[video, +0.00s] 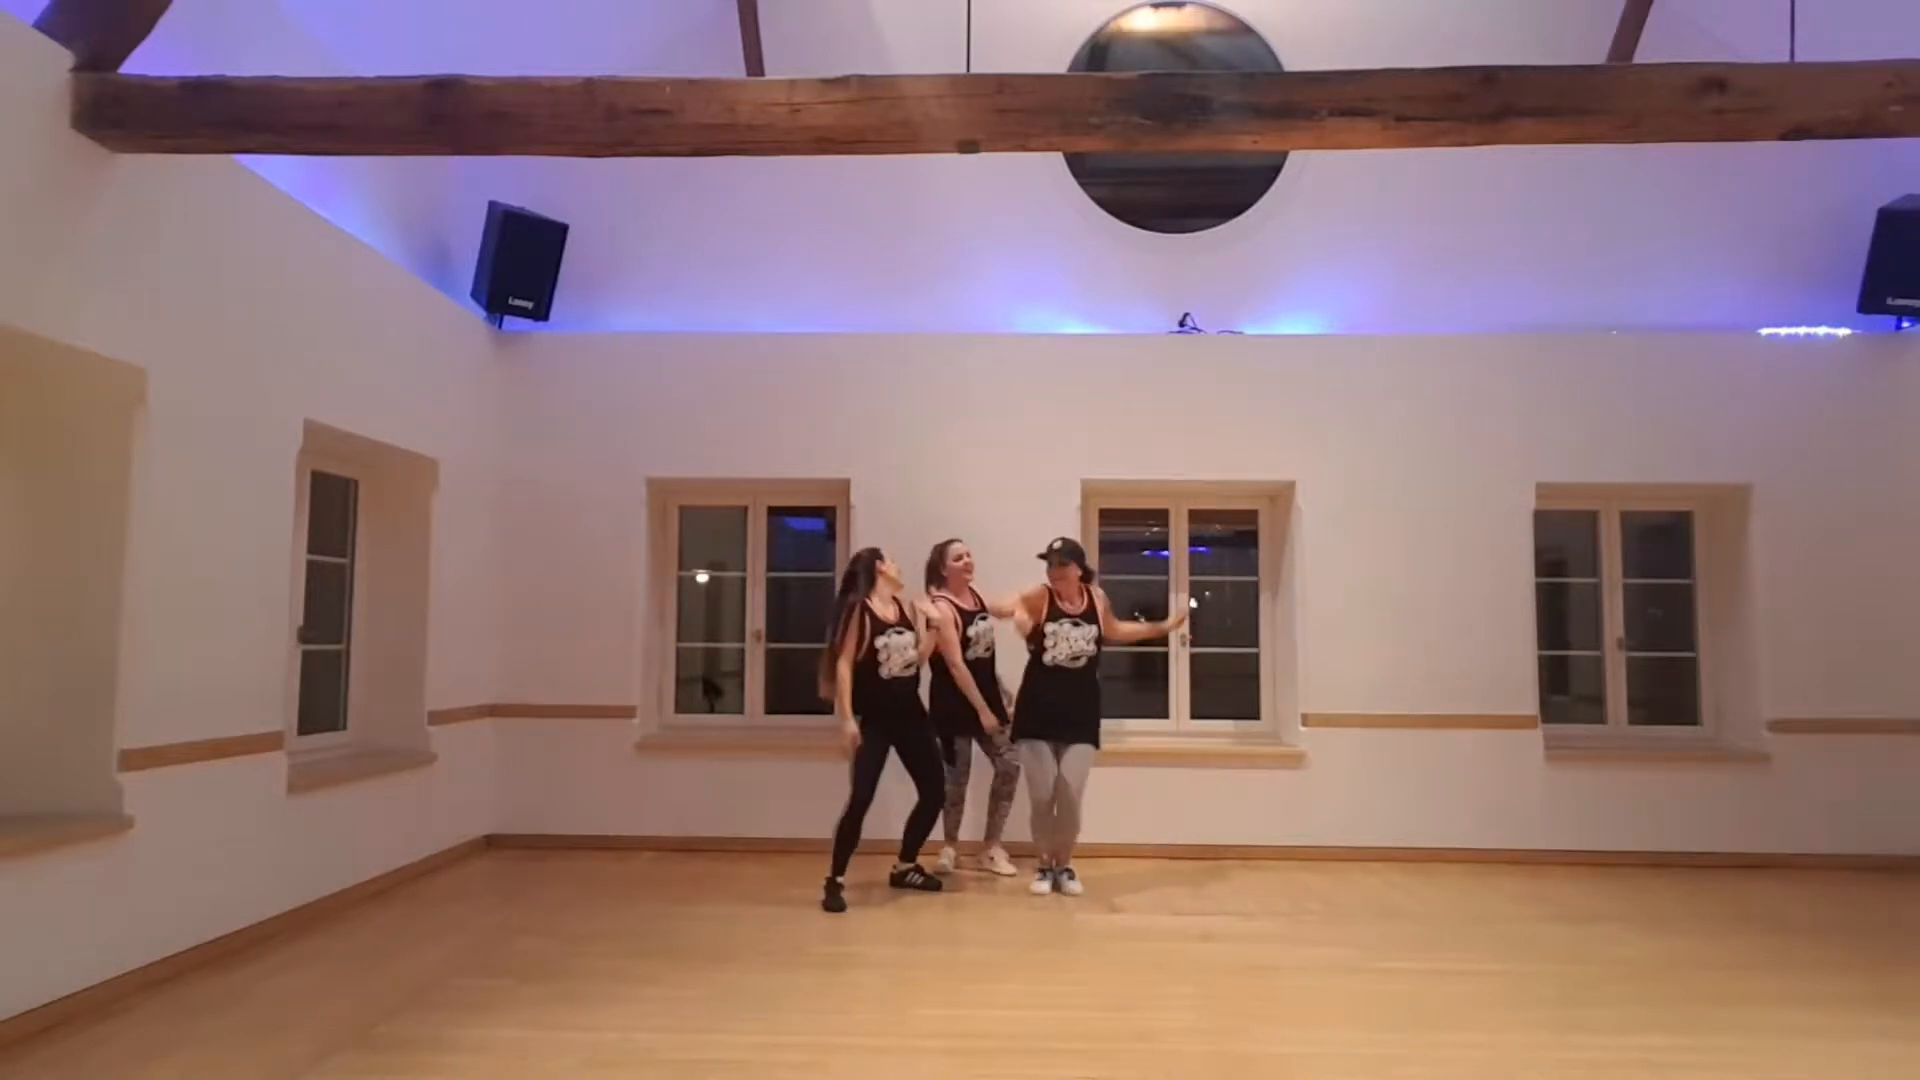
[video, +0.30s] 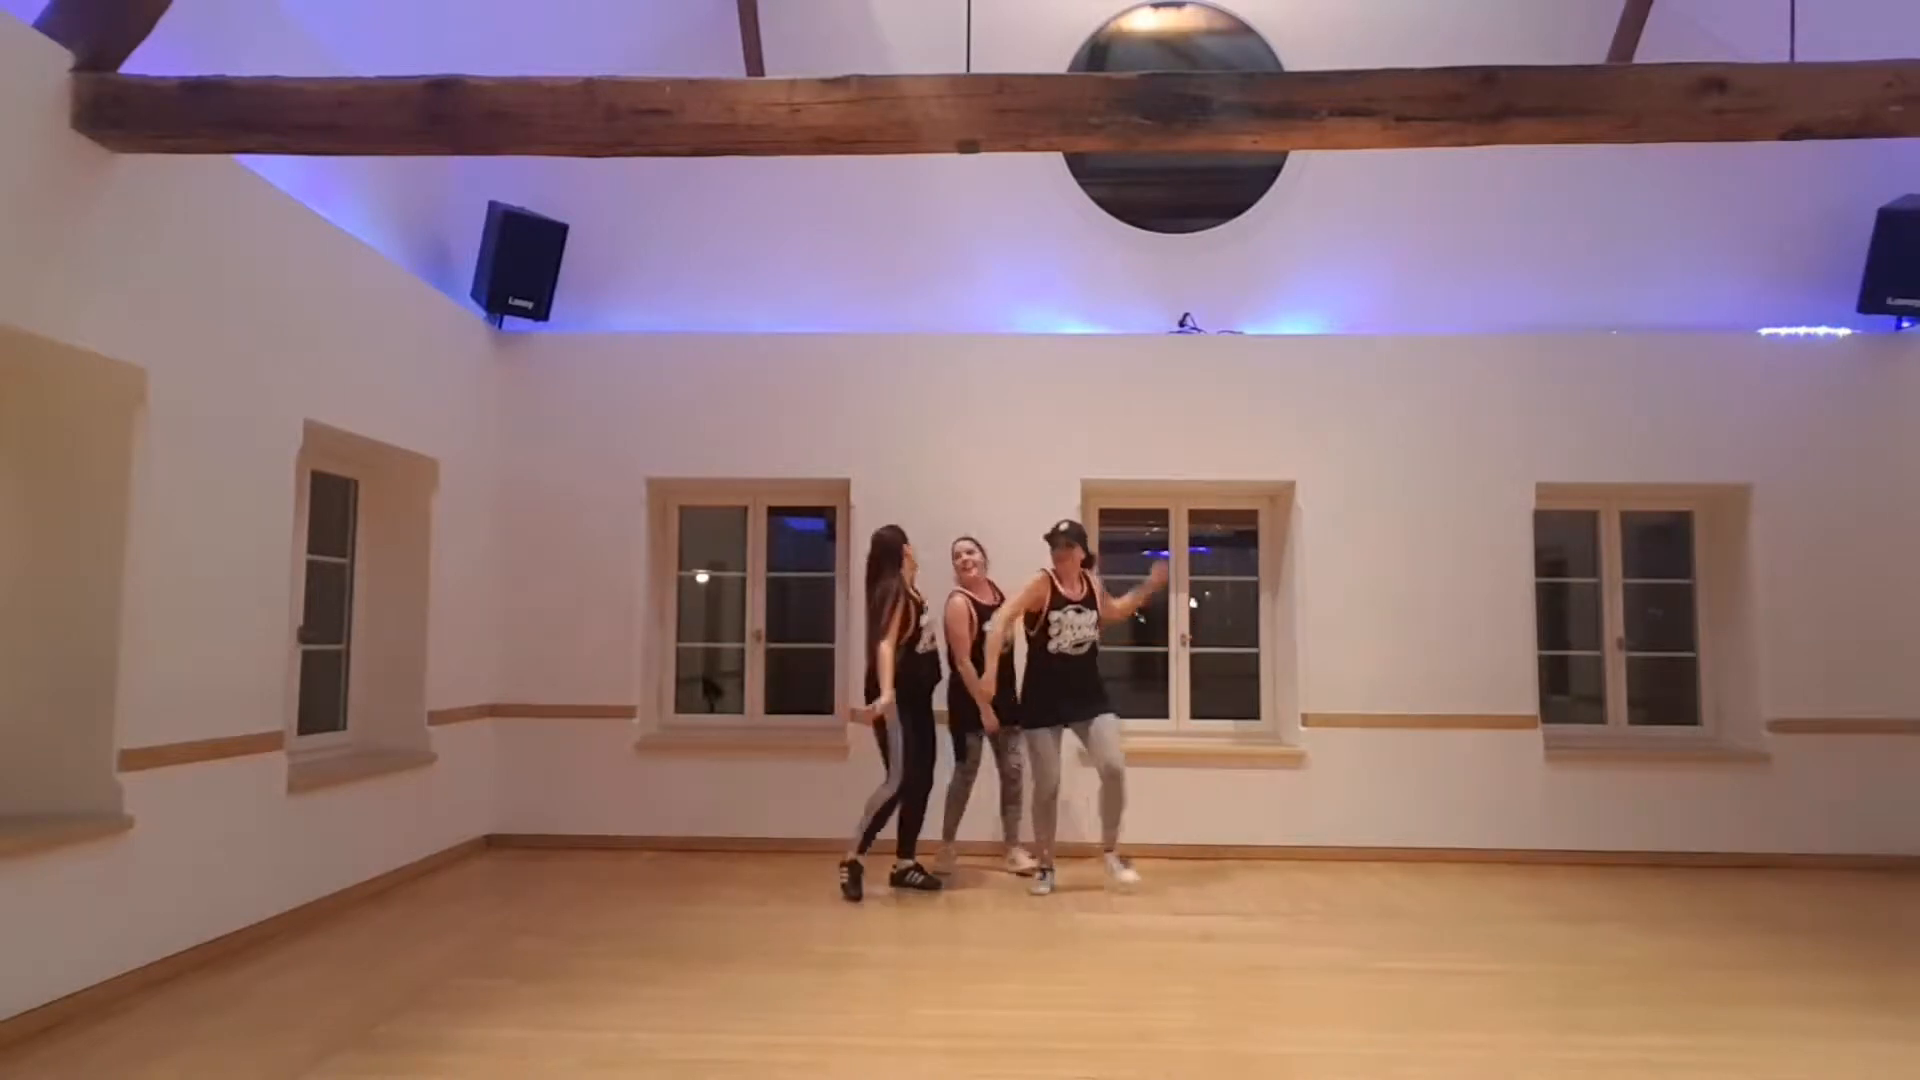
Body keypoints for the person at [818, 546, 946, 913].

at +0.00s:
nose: (896, 565)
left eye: (892, 559)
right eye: (890, 560)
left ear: (882, 570)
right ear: (877, 568)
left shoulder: (903, 607)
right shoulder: (860, 609)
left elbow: (919, 656)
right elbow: (844, 663)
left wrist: (929, 623)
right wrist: (846, 718)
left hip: (911, 714)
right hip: (875, 717)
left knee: (934, 793)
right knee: (860, 800)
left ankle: (906, 866)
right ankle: (835, 880)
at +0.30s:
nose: (914, 549)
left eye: (911, 543)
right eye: (910, 544)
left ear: (892, 553)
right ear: (904, 551)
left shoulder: (910, 591)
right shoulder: (895, 592)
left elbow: (910, 640)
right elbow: (885, 642)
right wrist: (886, 692)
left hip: (918, 694)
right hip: (897, 696)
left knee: (921, 779)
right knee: (899, 778)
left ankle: (905, 863)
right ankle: (853, 859)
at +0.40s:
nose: (917, 551)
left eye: (913, 545)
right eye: (914, 547)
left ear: (885, 553)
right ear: (911, 551)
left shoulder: (889, 587)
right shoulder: (903, 589)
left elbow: (893, 642)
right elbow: (895, 643)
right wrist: (907, 688)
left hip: (907, 691)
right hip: (897, 692)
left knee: (919, 781)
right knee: (914, 783)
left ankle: (905, 863)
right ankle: (864, 853)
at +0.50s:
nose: (921, 561)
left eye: (917, 555)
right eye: (919, 556)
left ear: (888, 561)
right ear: (915, 560)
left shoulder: (884, 596)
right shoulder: (911, 597)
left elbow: (868, 638)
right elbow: (905, 652)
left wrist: (884, 670)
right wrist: (937, 679)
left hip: (888, 698)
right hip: (901, 701)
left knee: (929, 788)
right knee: (930, 792)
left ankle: (906, 865)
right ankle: (869, 855)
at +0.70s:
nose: (931, 564)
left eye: (927, 559)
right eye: (927, 560)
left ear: (896, 571)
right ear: (918, 570)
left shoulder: (885, 601)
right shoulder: (924, 599)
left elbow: (870, 647)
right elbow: (928, 646)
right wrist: (979, 647)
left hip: (883, 707)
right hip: (901, 709)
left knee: (926, 789)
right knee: (933, 796)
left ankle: (905, 866)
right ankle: (866, 855)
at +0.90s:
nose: (931, 546)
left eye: (927, 541)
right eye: (925, 543)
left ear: (903, 556)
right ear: (914, 554)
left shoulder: (887, 586)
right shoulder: (928, 580)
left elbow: (866, 609)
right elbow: (955, 599)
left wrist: (897, 633)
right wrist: (989, 628)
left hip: (888, 687)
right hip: (886, 688)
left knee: (910, 779)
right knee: (893, 780)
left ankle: (904, 867)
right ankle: (840, 861)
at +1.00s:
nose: (929, 552)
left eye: (926, 547)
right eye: (924, 549)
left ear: (899, 558)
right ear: (913, 558)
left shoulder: (890, 585)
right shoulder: (919, 586)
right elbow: (950, 620)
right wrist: (969, 647)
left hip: (885, 691)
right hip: (878, 692)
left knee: (913, 781)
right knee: (876, 785)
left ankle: (903, 870)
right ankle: (829, 873)